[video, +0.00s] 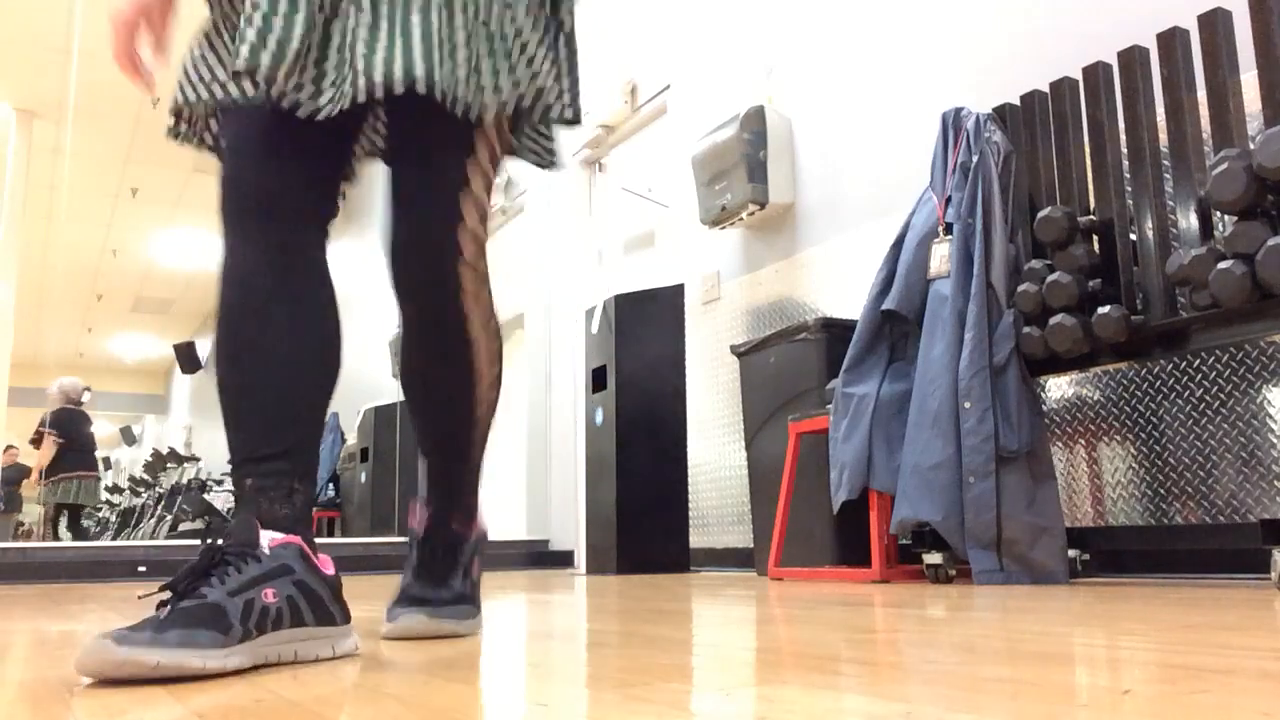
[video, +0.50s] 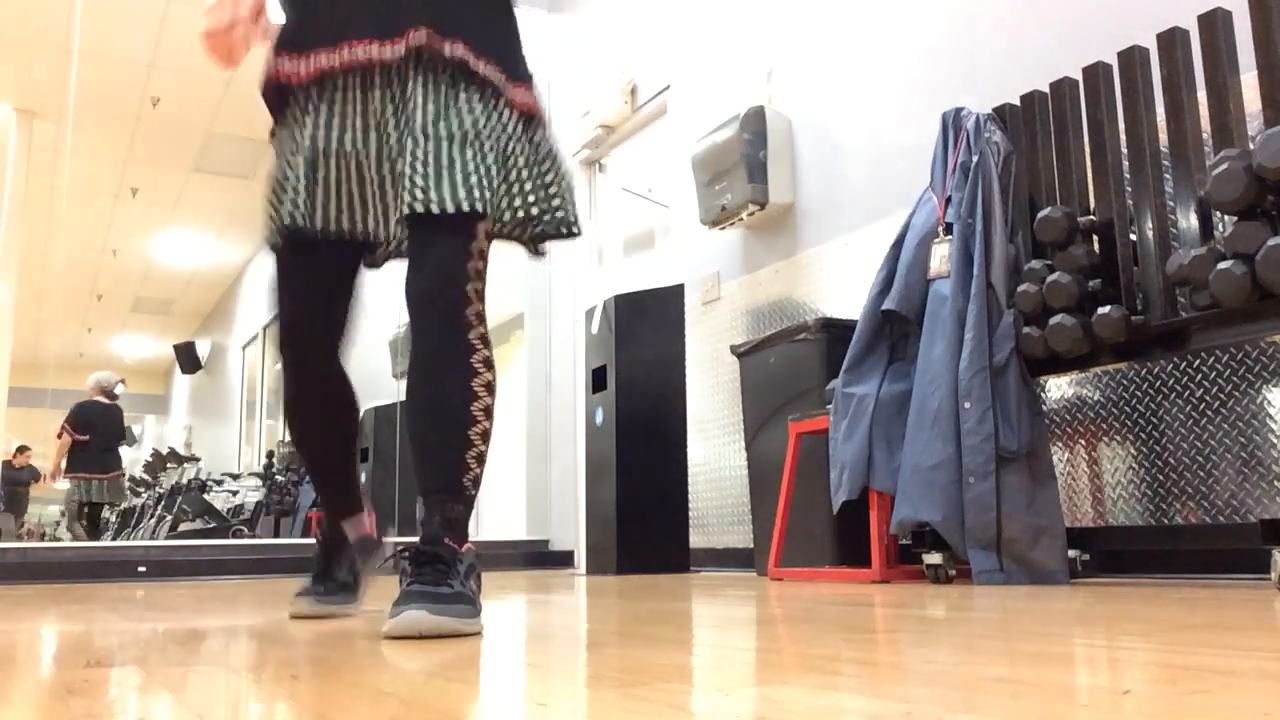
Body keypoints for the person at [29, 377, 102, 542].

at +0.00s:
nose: (52, 396)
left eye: (55, 392)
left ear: (58, 394)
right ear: (77, 395)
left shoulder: (55, 416)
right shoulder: (84, 416)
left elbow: (48, 448)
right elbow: (91, 448)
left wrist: (37, 469)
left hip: (62, 476)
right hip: (88, 475)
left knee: (50, 522)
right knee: (75, 522)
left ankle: (55, 561)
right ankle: (84, 557)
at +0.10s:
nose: (64, 394)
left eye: (67, 391)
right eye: (66, 391)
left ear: (72, 394)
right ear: (89, 396)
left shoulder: (68, 414)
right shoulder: (92, 415)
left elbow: (61, 443)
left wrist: (47, 466)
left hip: (70, 478)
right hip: (96, 477)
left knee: (53, 521)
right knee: (85, 522)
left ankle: (54, 562)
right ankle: (91, 559)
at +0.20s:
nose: (70, 392)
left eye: (73, 390)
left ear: (76, 392)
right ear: (95, 394)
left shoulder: (70, 411)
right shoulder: (100, 414)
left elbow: (64, 439)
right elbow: (106, 444)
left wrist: (51, 464)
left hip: (74, 477)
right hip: (101, 476)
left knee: (54, 514)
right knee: (89, 518)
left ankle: (55, 557)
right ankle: (86, 557)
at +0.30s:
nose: (75, 390)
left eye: (77, 387)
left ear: (81, 389)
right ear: (101, 391)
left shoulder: (73, 408)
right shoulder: (105, 411)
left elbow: (65, 436)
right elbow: (114, 442)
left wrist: (54, 463)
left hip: (76, 474)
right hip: (104, 474)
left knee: (54, 513)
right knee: (91, 518)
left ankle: (60, 555)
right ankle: (85, 557)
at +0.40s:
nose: (83, 386)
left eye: (86, 383)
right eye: (85, 382)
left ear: (91, 386)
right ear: (106, 388)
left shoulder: (79, 408)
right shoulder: (112, 409)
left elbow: (65, 438)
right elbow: (117, 439)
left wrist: (55, 464)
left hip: (79, 476)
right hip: (107, 475)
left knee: (64, 515)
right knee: (93, 520)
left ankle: (77, 546)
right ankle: (90, 557)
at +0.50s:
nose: (88, 388)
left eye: (90, 386)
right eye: (89, 386)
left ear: (93, 387)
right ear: (111, 389)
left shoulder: (81, 408)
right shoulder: (116, 410)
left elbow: (66, 439)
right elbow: (120, 439)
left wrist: (56, 464)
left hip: (81, 476)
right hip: (108, 475)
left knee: (73, 521)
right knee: (94, 521)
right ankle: (95, 558)